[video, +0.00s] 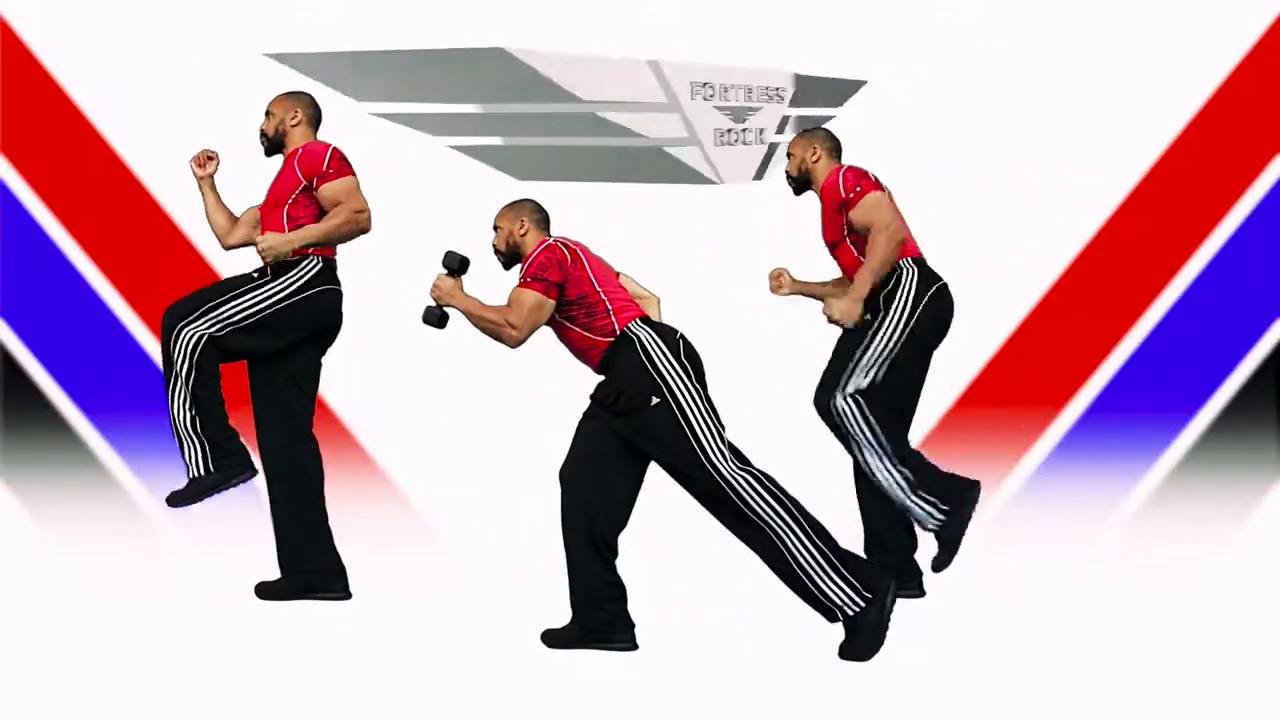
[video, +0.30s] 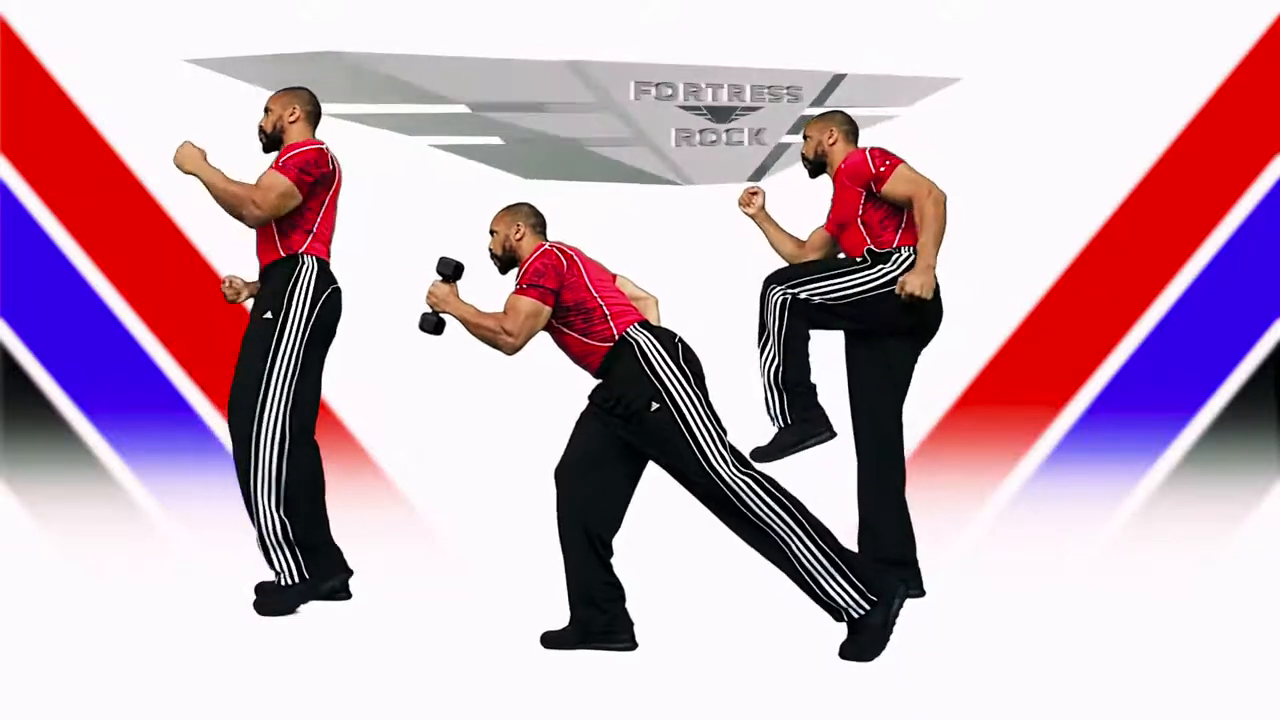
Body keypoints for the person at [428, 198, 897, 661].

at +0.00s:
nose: (493, 243)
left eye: (499, 232)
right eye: (494, 234)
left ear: (526, 226)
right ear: (533, 232)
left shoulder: (549, 254)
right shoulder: (569, 260)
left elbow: (513, 328)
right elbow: (645, 301)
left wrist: (457, 299)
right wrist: (662, 364)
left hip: (649, 358)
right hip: (626, 374)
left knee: (725, 479)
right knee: (583, 487)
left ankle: (857, 596)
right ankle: (603, 623)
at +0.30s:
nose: (489, 245)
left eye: (495, 234)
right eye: (489, 237)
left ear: (522, 230)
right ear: (529, 235)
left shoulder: (545, 260)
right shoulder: (563, 265)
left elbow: (508, 336)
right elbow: (644, 302)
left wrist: (453, 306)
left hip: (647, 361)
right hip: (623, 379)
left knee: (729, 482)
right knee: (579, 487)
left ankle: (864, 599)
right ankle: (601, 623)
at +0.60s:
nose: (490, 244)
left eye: (496, 233)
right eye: (491, 236)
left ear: (523, 230)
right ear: (530, 234)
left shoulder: (547, 262)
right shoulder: (566, 265)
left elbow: (510, 338)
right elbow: (645, 301)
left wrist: (454, 306)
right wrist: (654, 369)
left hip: (650, 363)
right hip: (627, 379)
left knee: (731, 485)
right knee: (581, 486)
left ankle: (868, 599)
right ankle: (601, 622)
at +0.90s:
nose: (491, 245)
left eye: (497, 233)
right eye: (492, 237)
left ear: (526, 230)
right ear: (531, 235)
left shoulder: (548, 261)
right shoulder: (566, 265)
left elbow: (511, 338)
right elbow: (646, 302)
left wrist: (455, 306)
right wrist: (650, 371)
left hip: (650, 362)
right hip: (627, 378)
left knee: (730, 483)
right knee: (581, 485)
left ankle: (868, 597)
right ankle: (601, 622)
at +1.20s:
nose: (498, 224)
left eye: (503, 214)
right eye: (497, 216)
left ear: (527, 210)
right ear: (529, 214)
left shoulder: (559, 237)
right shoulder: (548, 258)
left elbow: (565, 303)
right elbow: (595, 327)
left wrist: (494, 324)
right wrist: (587, 380)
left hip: (630, 351)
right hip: (605, 369)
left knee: (647, 486)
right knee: (580, 488)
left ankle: (791, 571)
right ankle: (600, 620)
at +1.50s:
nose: (525, 192)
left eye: (529, 181)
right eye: (525, 184)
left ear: (555, 178)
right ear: (559, 180)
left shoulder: (585, 207)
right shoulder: (567, 237)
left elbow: (641, 253)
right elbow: (543, 308)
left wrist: (617, 320)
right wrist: (488, 285)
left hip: (597, 335)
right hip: (609, 350)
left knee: (490, 356)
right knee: (589, 485)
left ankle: (503, 484)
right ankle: (603, 619)